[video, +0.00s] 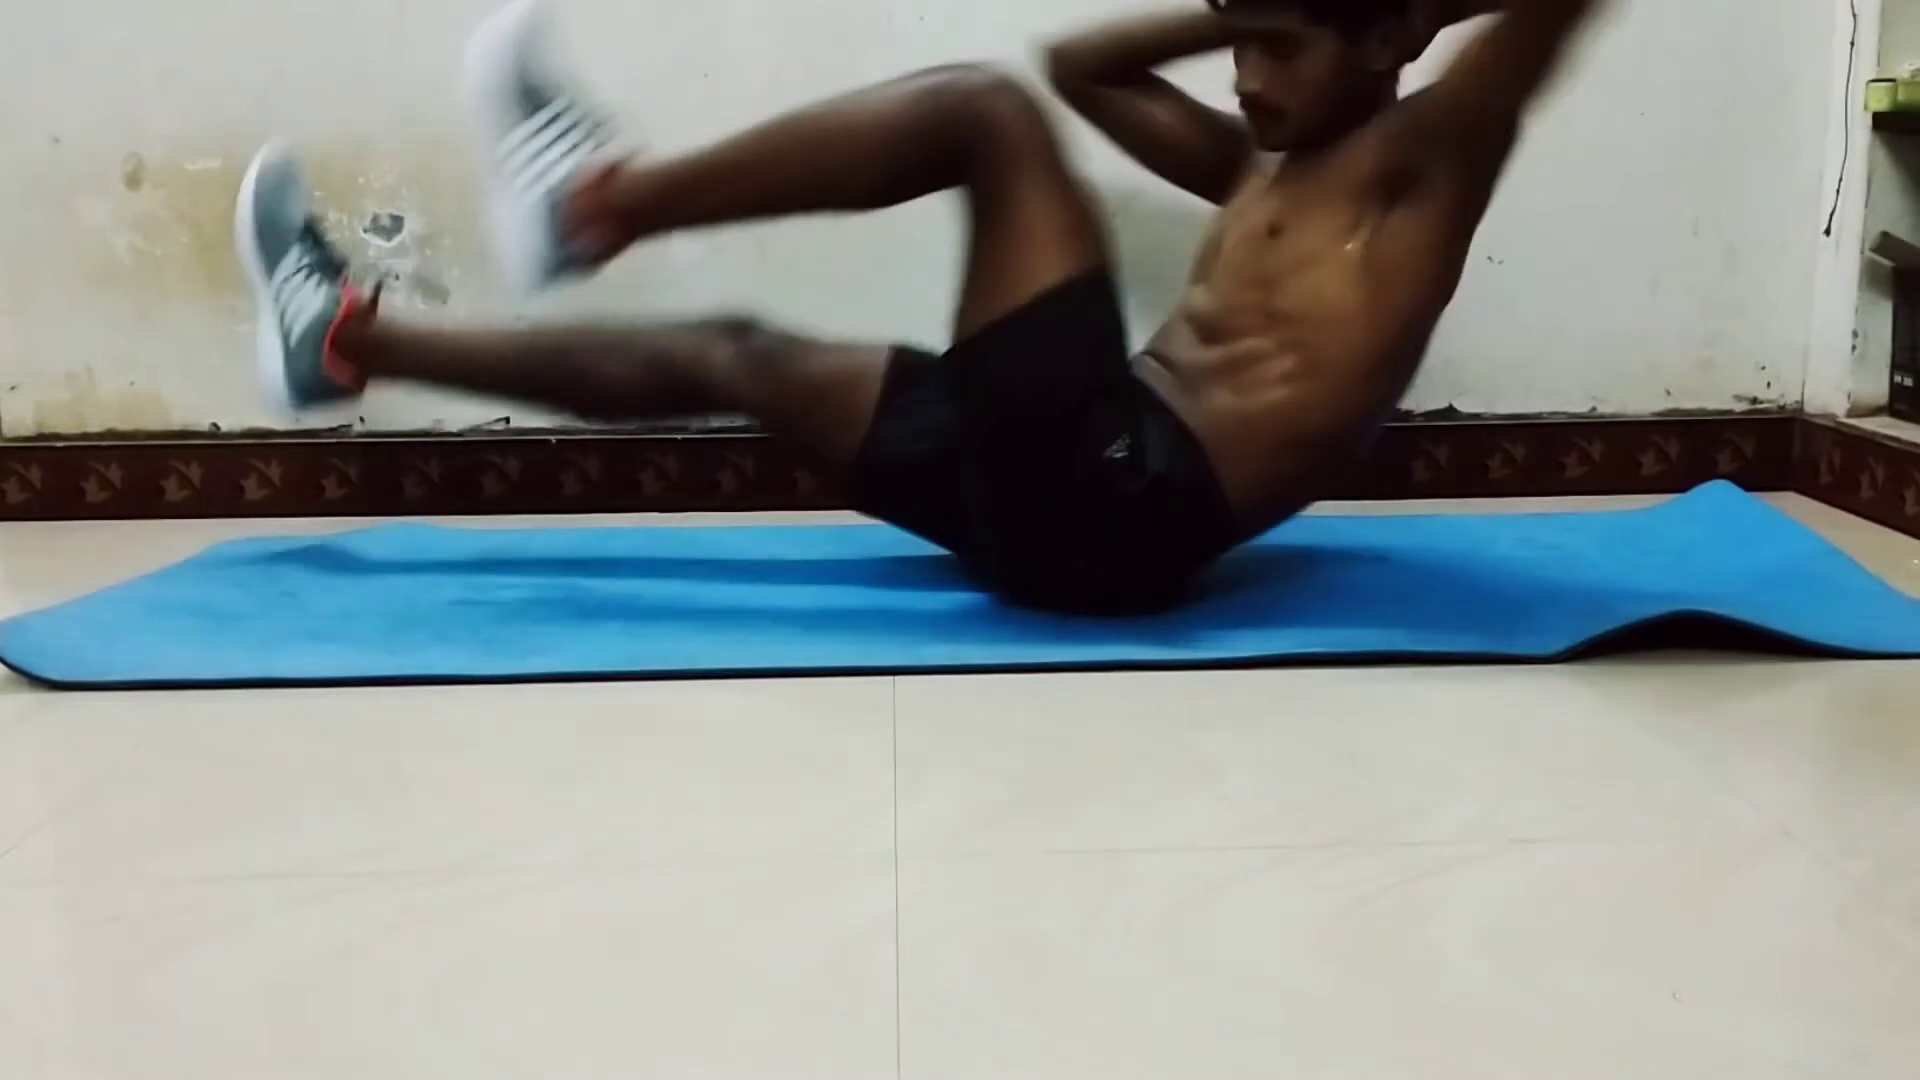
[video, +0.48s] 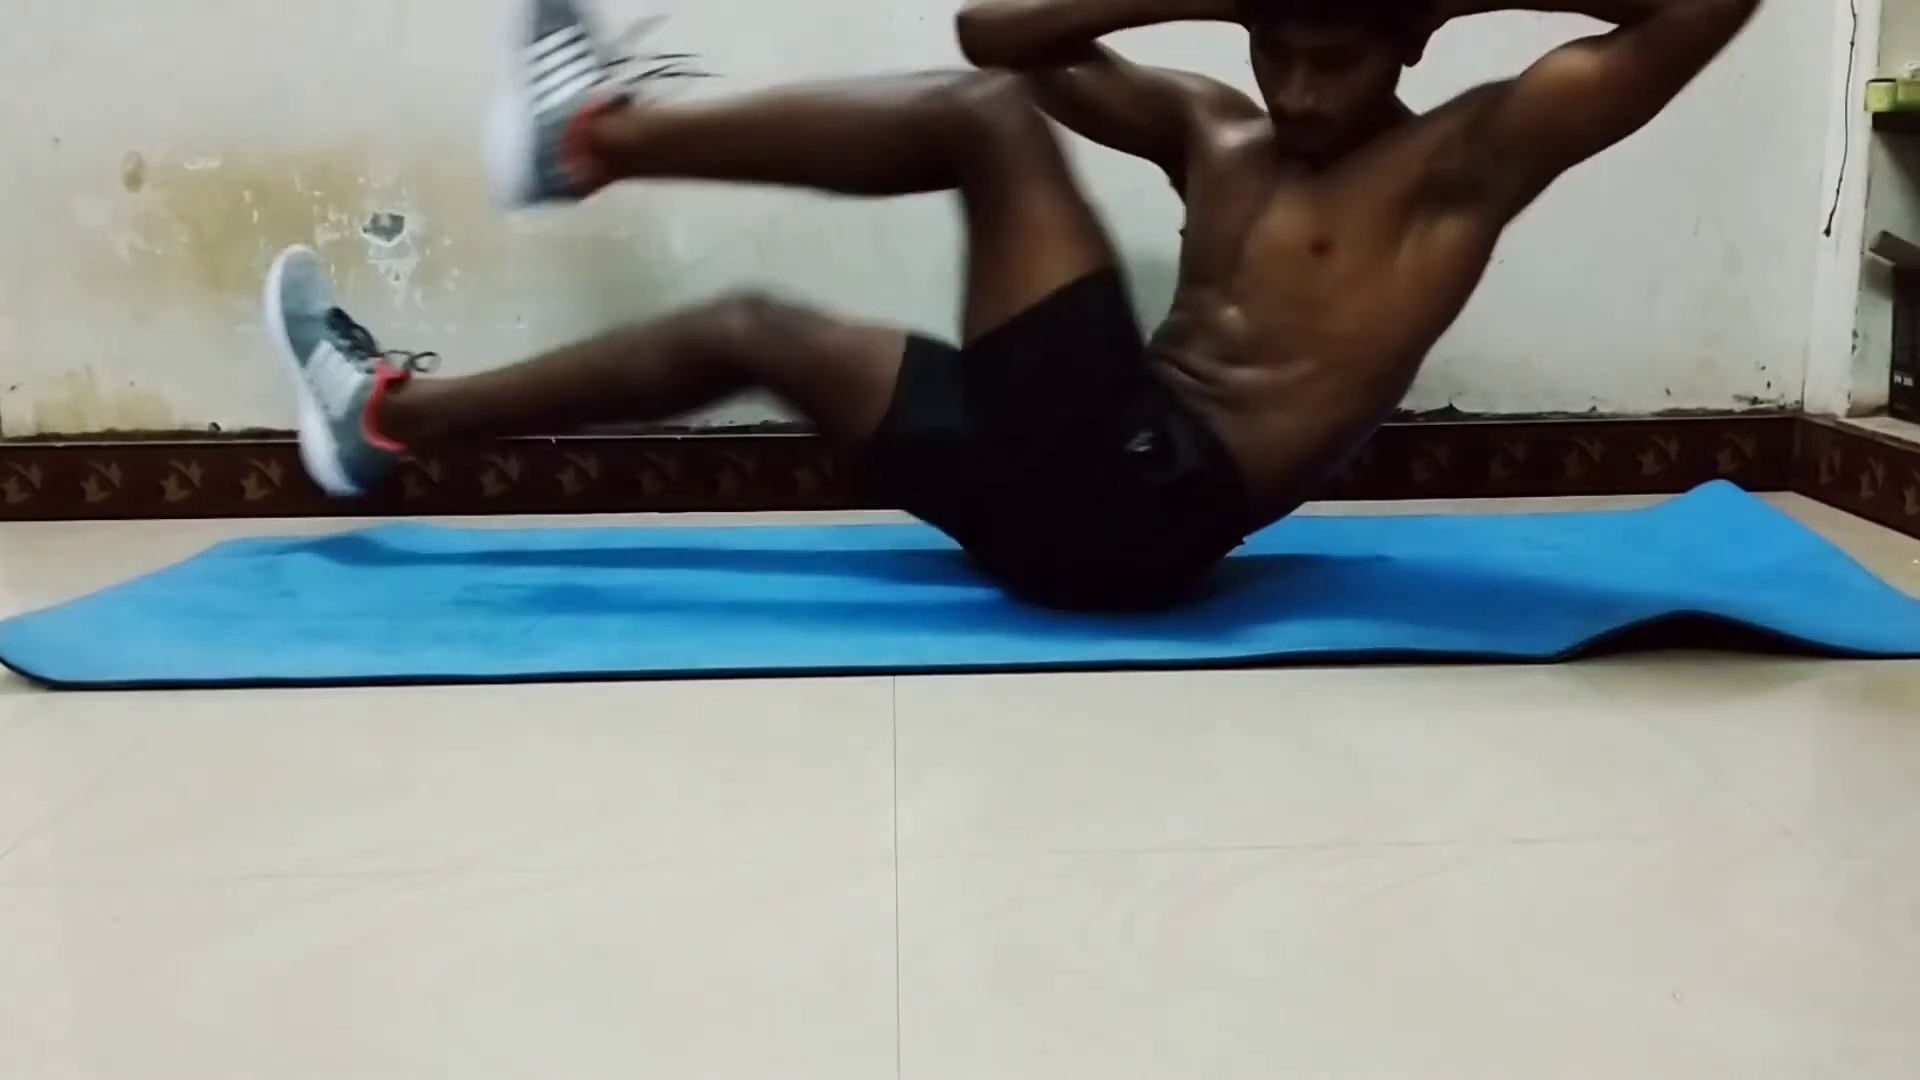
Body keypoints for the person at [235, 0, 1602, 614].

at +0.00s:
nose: (1247, 84)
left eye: (1274, 56)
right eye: (1240, 57)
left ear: (1370, 55)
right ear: (1257, 70)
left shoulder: (1426, 152)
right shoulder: (1263, 167)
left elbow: (1554, 19)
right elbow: (1085, 74)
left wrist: (1428, 54)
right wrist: (1258, 47)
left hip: (1126, 506)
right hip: (1059, 470)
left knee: (997, 108)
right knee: (740, 359)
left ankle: (600, 203)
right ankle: (354, 339)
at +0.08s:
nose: (1267, 83)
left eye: (1296, 56)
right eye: (1255, 60)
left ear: (1376, 54)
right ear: (1252, 76)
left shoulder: (1436, 153)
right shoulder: (1240, 162)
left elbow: (1618, 19)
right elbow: (1058, 64)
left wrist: (1458, 22)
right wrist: (1230, 29)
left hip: (1132, 503)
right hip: (1052, 459)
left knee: (1033, 112)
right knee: (737, 377)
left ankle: (642, 176)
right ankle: (352, 369)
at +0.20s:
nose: (1278, 64)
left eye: (1312, 42)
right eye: (1264, 37)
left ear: (1392, 43)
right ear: (1255, 33)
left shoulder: (1451, 152)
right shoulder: (1196, 127)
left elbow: (1693, 25)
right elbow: (1023, 46)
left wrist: (1519, 8)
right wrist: (1113, 33)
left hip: (1146, 498)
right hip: (1057, 436)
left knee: (1072, 100)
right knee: (729, 386)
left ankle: (682, 134)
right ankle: (355, 407)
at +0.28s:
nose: (1291, 64)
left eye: (1325, 42)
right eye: (1275, 37)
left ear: (1397, 42)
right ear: (1259, 29)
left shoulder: (1457, 148)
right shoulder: (1192, 116)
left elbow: (1707, 30)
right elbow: (995, 40)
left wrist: (1550, 13)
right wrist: (1130, 20)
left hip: (1147, 498)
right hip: (1061, 436)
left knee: (1073, 99)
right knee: (736, 384)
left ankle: (674, 121)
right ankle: (360, 412)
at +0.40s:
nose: (1296, 60)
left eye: (1333, 37)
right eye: (1281, 35)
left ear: (1406, 42)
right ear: (1264, 28)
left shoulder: (1462, 149)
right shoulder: (1207, 125)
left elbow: (1709, 29)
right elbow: (982, 40)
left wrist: (1539, 9)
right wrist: (1136, 24)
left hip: (1148, 501)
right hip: (1063, 453)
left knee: (1029, 108)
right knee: (739, 359)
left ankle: (626, 127)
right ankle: (375, 426)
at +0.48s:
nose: (1294, 62)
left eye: (1331, 39)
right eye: (1277, 37)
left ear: (1403, 41)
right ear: (1261, 34)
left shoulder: (1472, 151)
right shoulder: (1210, 130)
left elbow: (1696, 27)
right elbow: (1007, 47)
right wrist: (1142, 21)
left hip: (1149, 500)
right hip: (1063, 455)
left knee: (987, 128)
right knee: (743, 335)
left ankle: (586, 141)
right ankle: (387, 430)